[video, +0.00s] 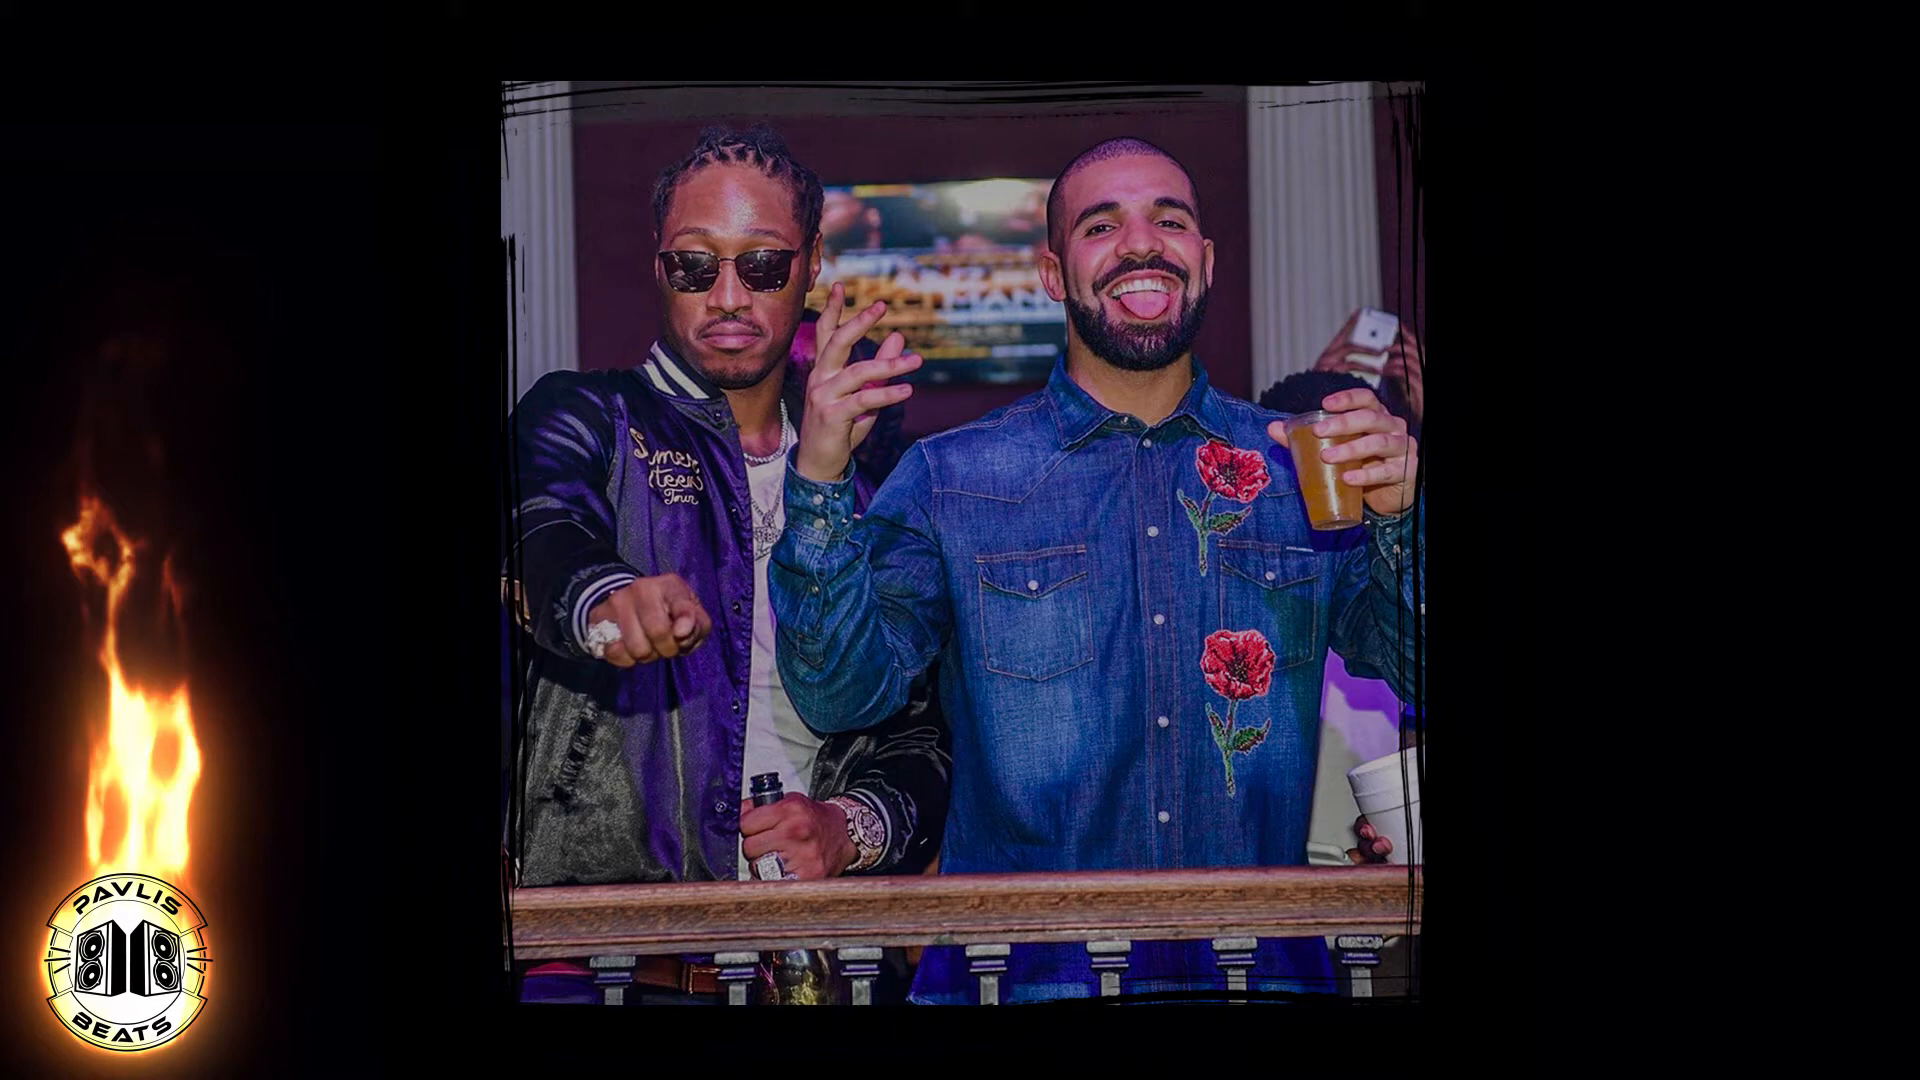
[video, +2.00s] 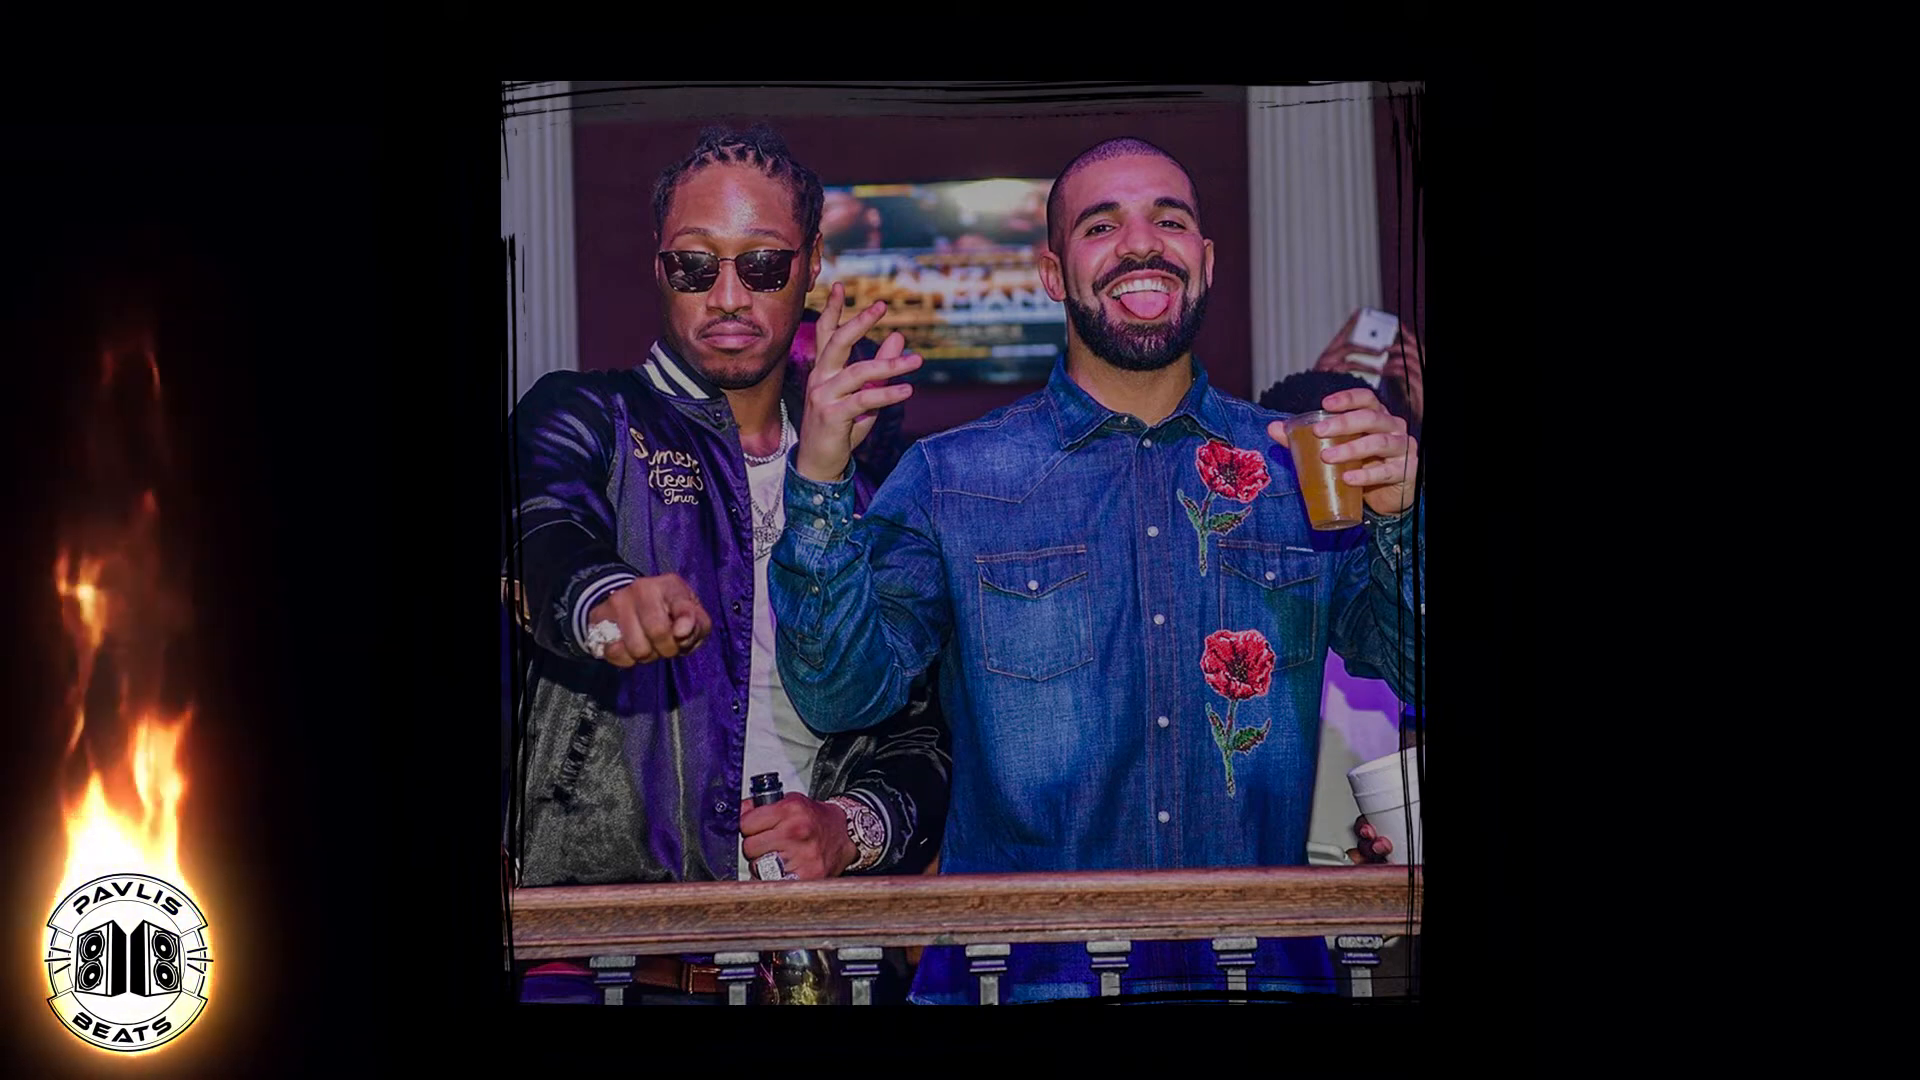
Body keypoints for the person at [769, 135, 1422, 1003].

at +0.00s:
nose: (1140, 243)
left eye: (1169, 219)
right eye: (1101, 225)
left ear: (1208, 258)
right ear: (1055, 272)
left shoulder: (1304, 470)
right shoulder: (945, 479)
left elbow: (1412, 673)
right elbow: (840, 693)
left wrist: (1402, 516)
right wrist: (818, 475)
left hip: (1254, 955)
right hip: (1020, 963)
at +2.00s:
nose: (1141, 243)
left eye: (1169, 219)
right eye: (1101, 225)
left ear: (1207, 258)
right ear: (1055, 272)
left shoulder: (1304, 469)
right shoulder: (945, 479)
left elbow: (1412, 673)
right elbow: (840, 693)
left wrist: (1402, 516)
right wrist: (818, 475)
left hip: (1255, 955)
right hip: (1021, 963)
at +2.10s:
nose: (1141, 243)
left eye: (1169, 219)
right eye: (1101, 225)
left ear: (1207, 258)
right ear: (1055, 272)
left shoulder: (1304, 469)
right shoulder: (945, 479)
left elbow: (1412, 673)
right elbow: (840, 693)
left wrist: (1402, 516)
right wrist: (818, 475)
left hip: (1255, 955)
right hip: (1021, 963)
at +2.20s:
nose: (1141, 243)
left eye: (1169, 219)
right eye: (1101, 225)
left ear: (1207, 258)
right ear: (1055, 272)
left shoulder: (1304, 470)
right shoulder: (945, 479)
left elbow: (1412, 673)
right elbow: (840, 693)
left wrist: (1402, 516)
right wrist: (818, 475)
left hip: (1255, 955)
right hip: (1021, 963)